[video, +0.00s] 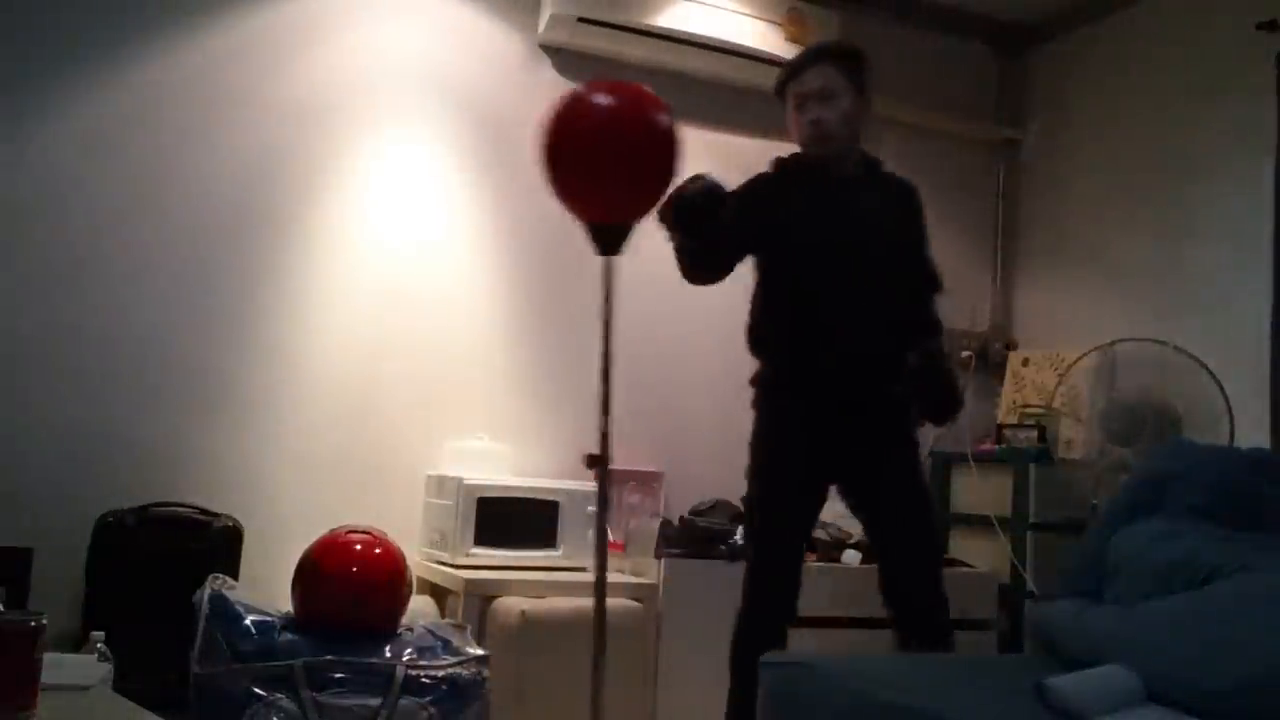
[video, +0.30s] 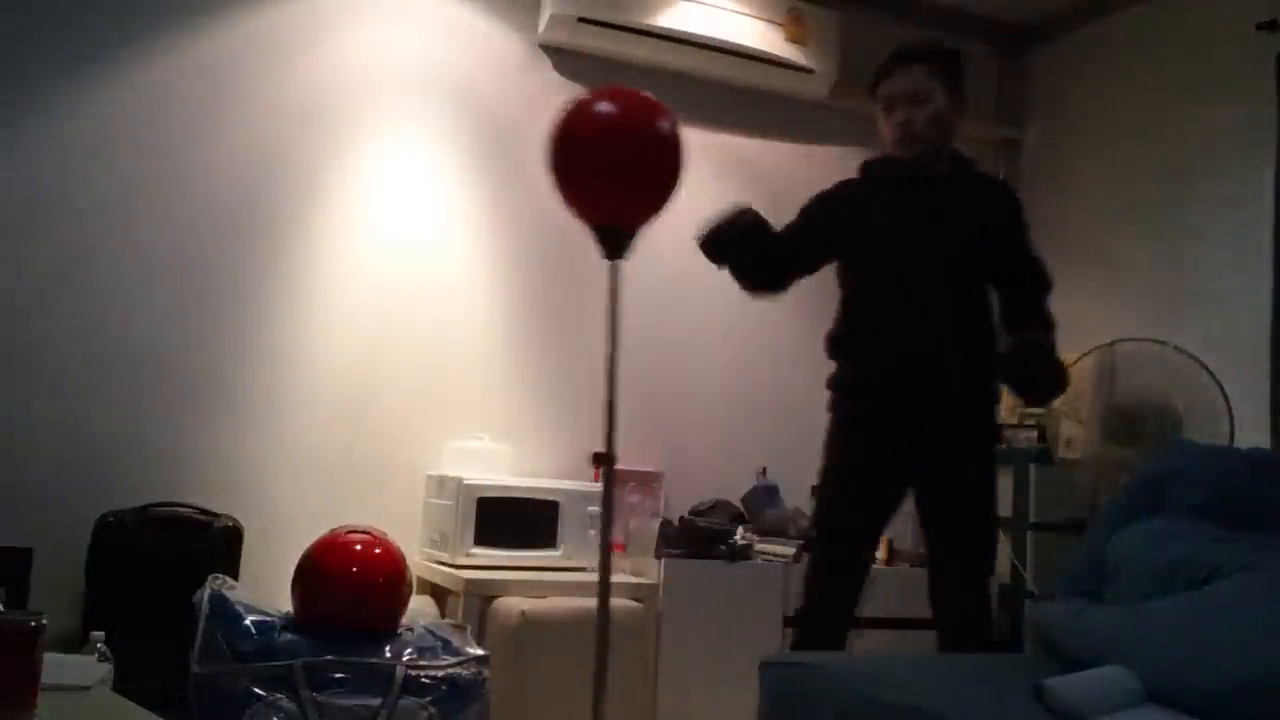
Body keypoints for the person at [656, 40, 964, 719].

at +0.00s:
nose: (812, 113)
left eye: (826, 98)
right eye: (800, 102)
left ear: (859, 106)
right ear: (788, 116)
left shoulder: (894, 197)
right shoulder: (772, 191)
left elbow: (916, 299)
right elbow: (705, 263)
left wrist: (934, 377)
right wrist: (695, 204)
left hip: (876, 409)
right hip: (792, 411)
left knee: (915, 566)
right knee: (772, 576)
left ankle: (936, 709)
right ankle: (747, 711)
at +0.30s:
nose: (908, 117)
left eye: (923, 101)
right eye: (893, 106)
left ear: (954, 108)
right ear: (878, 120)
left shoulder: (989, 201)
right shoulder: (857, 198)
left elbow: (1024, 293)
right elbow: (773, 268)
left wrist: (1033, 359)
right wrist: (742, 241)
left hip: (960, 412)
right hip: (870, 413)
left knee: (964, 586)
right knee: (831, 579)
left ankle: (971, 707)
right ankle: (805, 705)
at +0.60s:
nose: (931, 120)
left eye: (946, 104)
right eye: (919, 110)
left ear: (984, 108)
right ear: (909, 124)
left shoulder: (1031, 199)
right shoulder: (897, 197)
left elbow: (1071, 282)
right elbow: (813, 276)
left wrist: (1066, 355)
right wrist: (823, 274)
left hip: (998, 417)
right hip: (906, 416)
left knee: (989, 590)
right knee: (860, 582)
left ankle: (989, 712)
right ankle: (837, 710)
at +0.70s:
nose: (928, 120)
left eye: (944, 103)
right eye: (918, 109)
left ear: (985, 107)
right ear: (911, 121)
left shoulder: (1036, 202)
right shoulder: (894, 209)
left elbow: (1096, 297)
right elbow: (851, 307)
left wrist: (1058, 372)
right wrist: (851, 377)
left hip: (995, 421)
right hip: (903, 418)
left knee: (986, 600)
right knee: (859, 588)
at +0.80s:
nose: (917, 120)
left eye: (934, 102)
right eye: (909, 107)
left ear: (979, 109)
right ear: (900, 119)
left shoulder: (1032, 201)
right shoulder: (894, 214)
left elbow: (1108, 301)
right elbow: (877, 329)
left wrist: (1040, 359)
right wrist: (843, 406)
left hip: (990, 429)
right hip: (902, 427)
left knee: (983, 610)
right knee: (870, 600)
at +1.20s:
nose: (851, 140)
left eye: (865, 127)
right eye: (853, 128)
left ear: (904, 133)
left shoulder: (949, 206)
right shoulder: (884, 220)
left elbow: (970, 328)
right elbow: (877, 344)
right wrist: (835, 433)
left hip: (941, 432)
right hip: (894, 433)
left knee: (931, 599)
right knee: (908, 600)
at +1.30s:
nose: (837, 148)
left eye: (850, 134)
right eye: (838, 135)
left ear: (889, 136)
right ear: (880, 140)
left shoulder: (932, 211)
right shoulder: (878, 222)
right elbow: (873, 353)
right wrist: (845, 441)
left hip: (929, 428)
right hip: (894, 428)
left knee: (907, 590)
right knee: (903, 591)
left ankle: (957, 709)